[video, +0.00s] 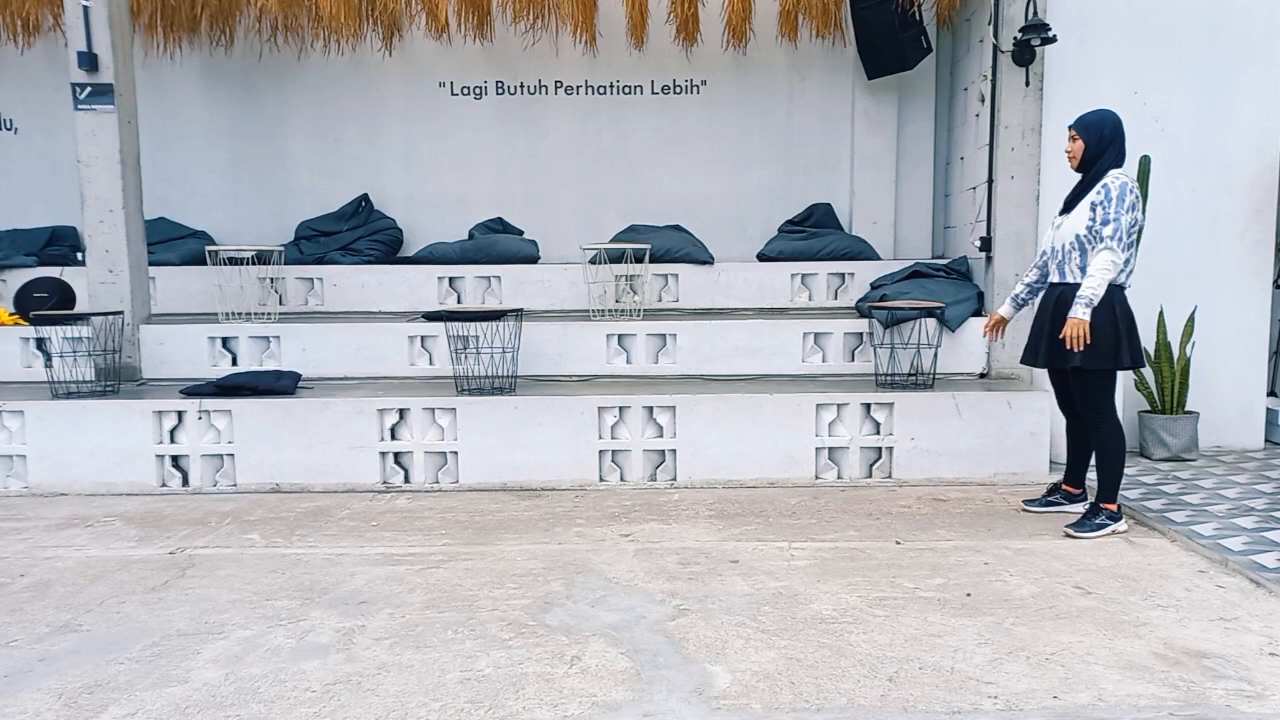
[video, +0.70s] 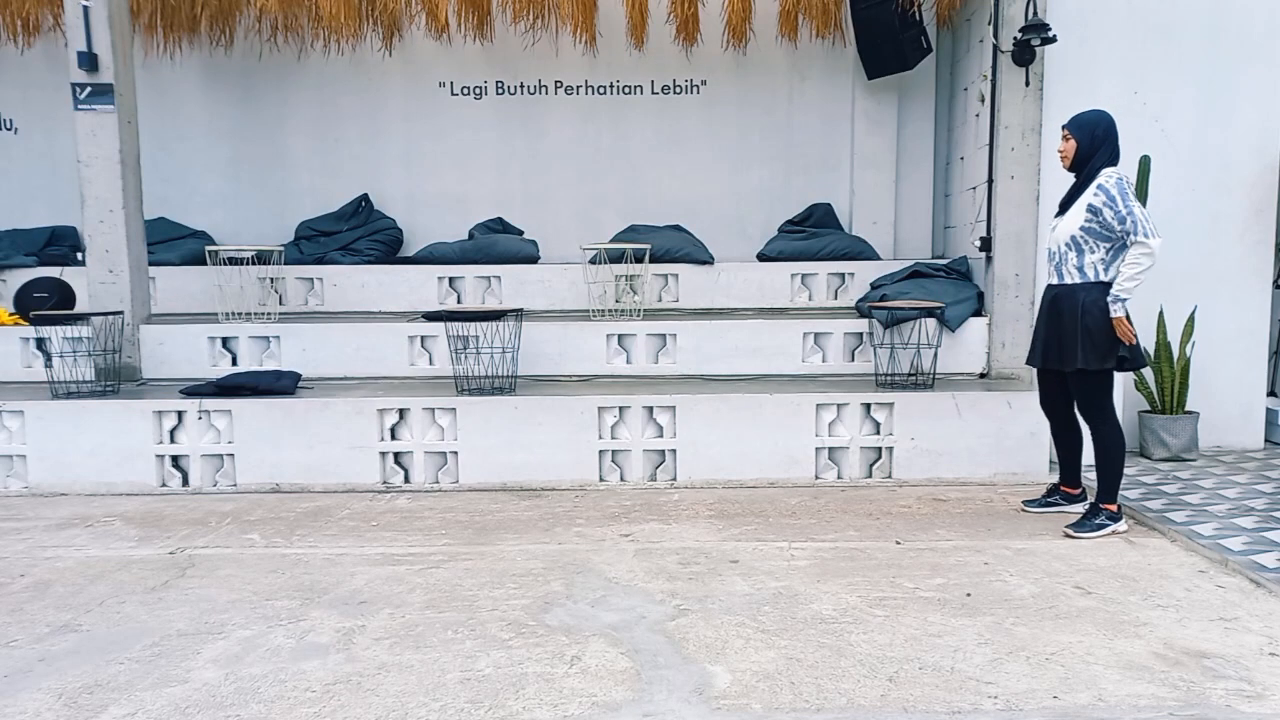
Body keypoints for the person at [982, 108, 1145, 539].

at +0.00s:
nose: (1068, 147)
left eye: (1075, 139)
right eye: (1069, 139)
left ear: (1099, 142)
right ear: (1092, 143)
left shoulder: (1118, 186)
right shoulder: (1080, 193)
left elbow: (1112, 253)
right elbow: (1045, 261)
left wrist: (1082, 307)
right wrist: (1008, 308)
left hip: (1095, 306)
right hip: (1060, 305)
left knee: (1099, 408)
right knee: (1072, 405)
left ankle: (1108, 507)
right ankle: (1071, 488)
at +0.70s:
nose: (1060, 147)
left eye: (1067, 139)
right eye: (1061, 139)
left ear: (1090, 142)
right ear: (1086, 143)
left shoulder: (1110, 183)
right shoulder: (1079, 189)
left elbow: (1146, 242)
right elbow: (1080, 254)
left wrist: (1116, 300)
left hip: (1090, 307)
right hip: (1056, 306)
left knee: (1096, 405)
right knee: (1054, 400)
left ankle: (1108, 508)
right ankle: (1069, 488)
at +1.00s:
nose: (1051, 152)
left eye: (1058, 144)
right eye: (1052, 144)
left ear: (1080, 147)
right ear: (1075, 148)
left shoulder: (1099, 185)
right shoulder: (1070, 190)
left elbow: (1134, 234)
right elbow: (1083, 243)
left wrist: (1093, 272)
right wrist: (1075, 275)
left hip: (1075, 309)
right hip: (1047, 307)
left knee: (1085, 409)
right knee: (1059, 405)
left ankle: (1107, 507)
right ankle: (1070, 489)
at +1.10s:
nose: (1049, 154)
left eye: (1055, 146)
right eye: (1049, 146)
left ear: (1077, 148)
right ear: (1069, 150)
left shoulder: (1096, 187)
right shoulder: (1067, 192)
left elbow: (1122, 243)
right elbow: (1071, 251)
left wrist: (1084, 277)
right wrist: (1085, 283)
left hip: (1071, 310)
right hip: (1044, 307)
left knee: (1075, 409)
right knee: (1056, 405)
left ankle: (1105, 506)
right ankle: (1070, 489)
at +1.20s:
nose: (1046, 155)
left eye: (1052, 147)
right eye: (1046, 147)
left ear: (1074, 149)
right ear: (1067, 151)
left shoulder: (1095, 187)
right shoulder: (1066, 193)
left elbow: (1116, 245)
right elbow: (1067, 252)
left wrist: (1081, 281)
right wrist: (1086, 284)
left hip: (1070, 308)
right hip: (1044, 305)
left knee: (1059, 404)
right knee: (1052, 403)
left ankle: (1096, 501)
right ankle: (1068, 488)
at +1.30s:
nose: (1044, 155)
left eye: (1050, 147)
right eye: (1044, 147)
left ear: (1072, 148)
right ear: (1062, 150)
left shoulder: (1092, 186)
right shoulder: (1065, 192)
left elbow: (1116, 241)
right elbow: (1069, 249)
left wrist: (1080, 277)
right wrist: (1086, 280)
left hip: (1068, 305)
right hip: (1048, 303)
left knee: (1044, 399)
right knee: (1057, 400)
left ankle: (1080, 496)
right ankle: (1066, 487)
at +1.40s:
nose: (1040, 155)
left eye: (1047, 147)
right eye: (1041, 147)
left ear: (1069, 149)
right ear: (1063, 151)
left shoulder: (1088, 186)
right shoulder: (1060, 192)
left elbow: (1121, 236)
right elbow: (1074, 245)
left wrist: (1085, 273)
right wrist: (1090, 279)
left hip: (1067, 307)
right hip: (1049, 305)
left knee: (1037, 399)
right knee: (1060, 401)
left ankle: (1057, 497)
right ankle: (1072, 489)